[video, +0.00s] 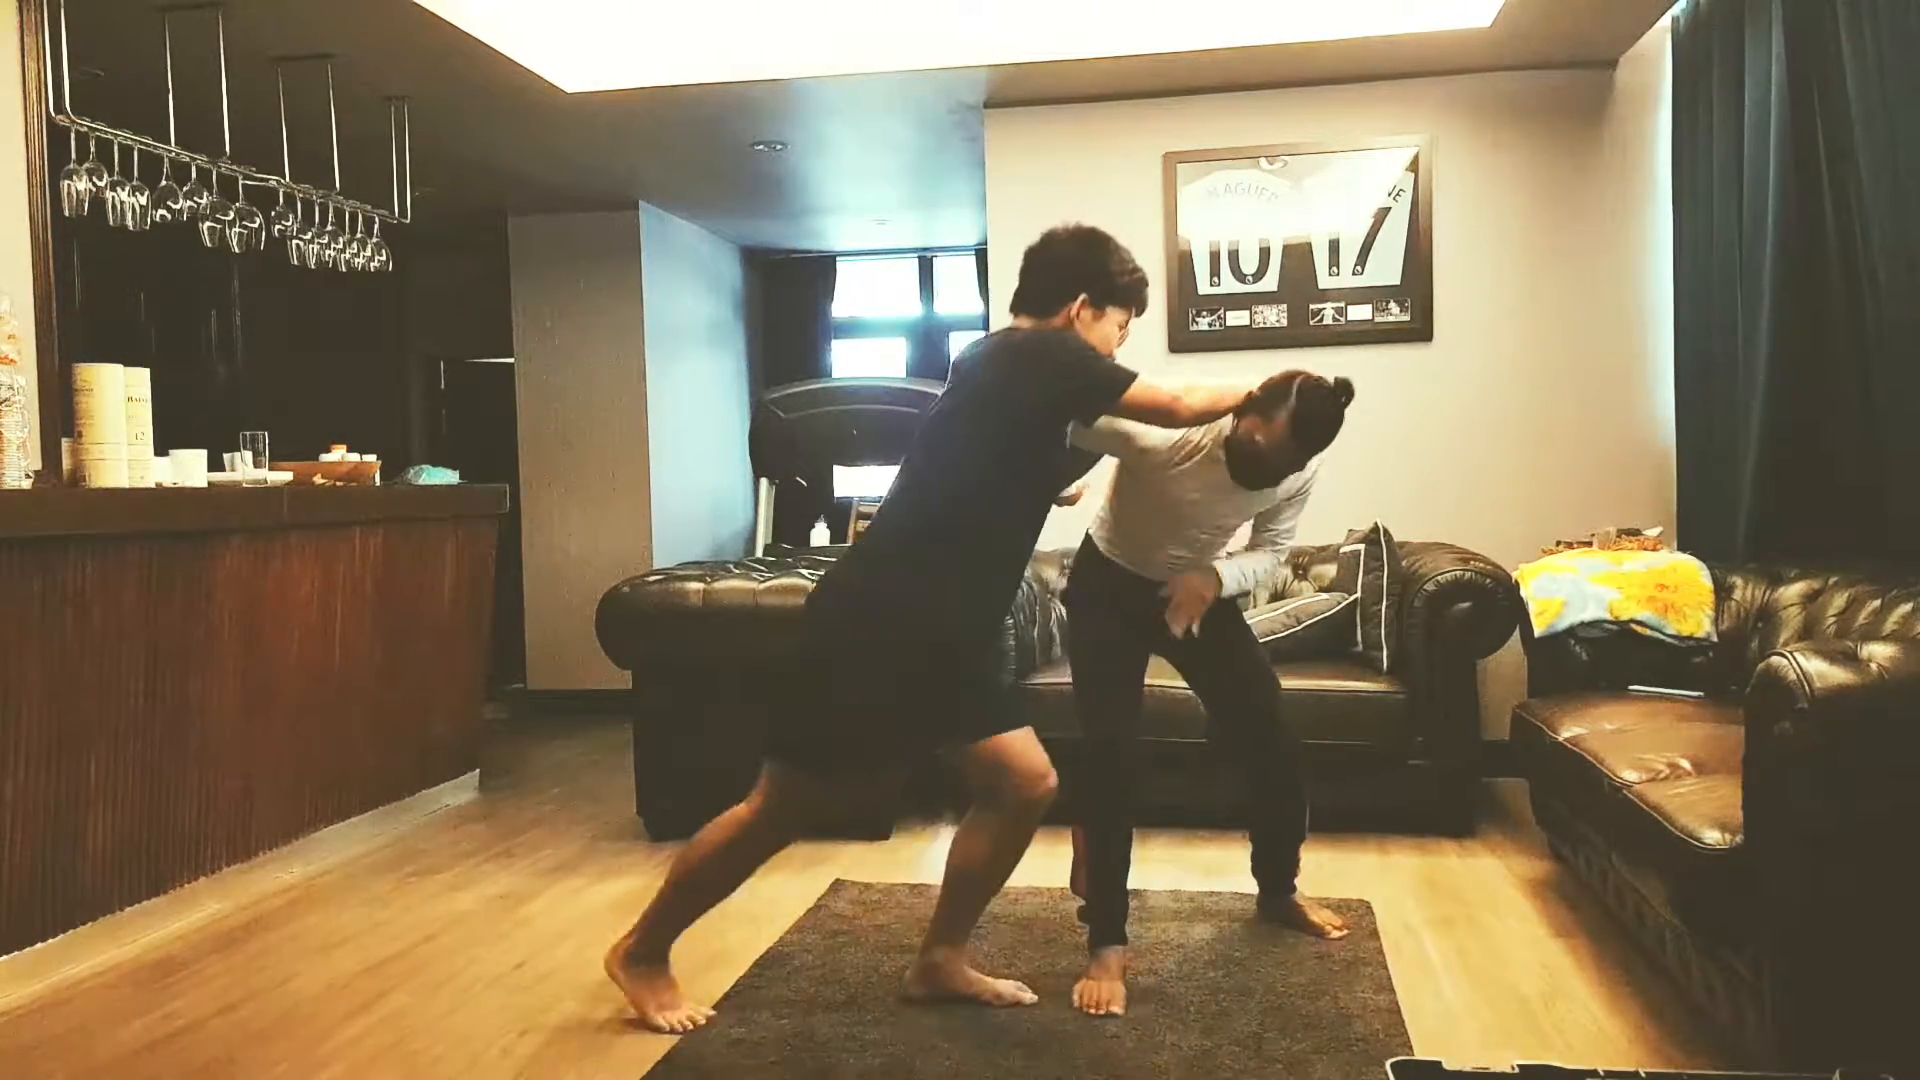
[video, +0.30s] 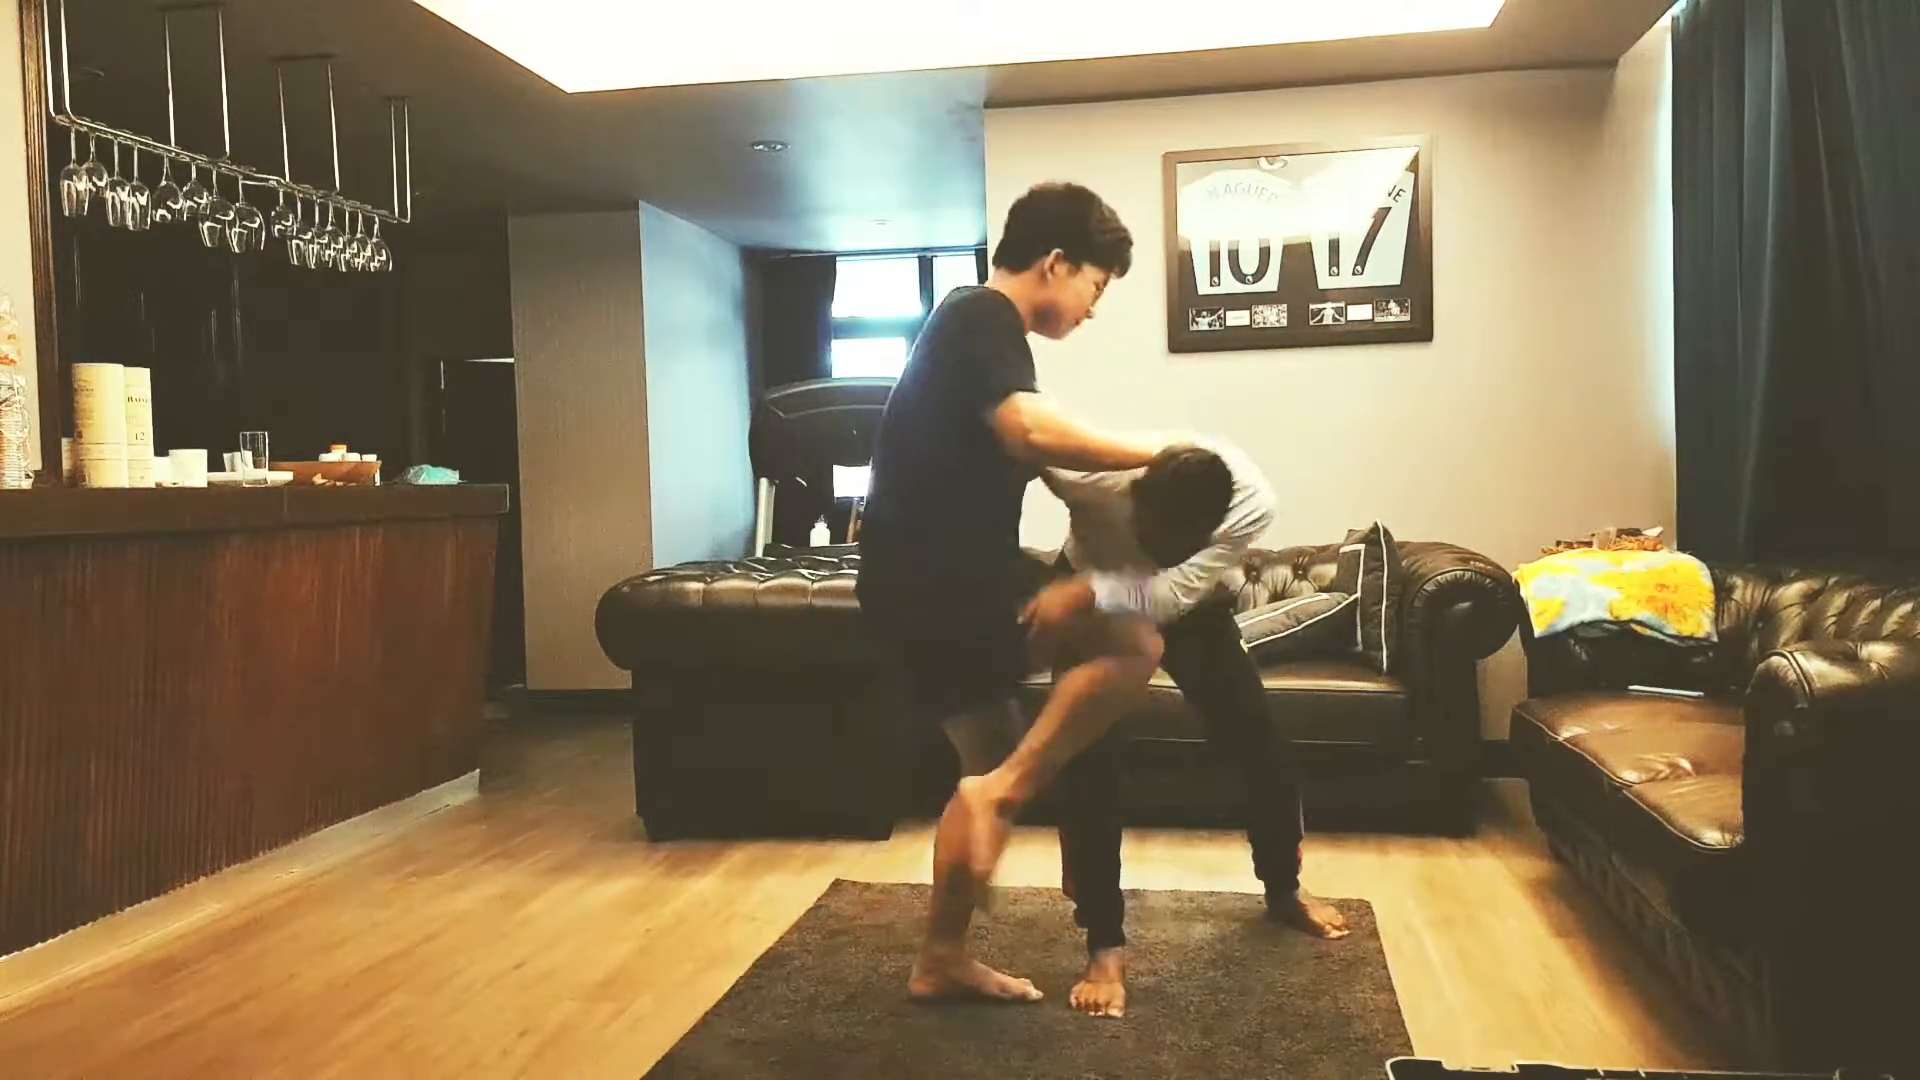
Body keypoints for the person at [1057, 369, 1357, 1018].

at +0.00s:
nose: (1252, 457)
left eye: (1270, 458)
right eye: (1253, 441)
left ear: (1301, 460)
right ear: (1244, 411)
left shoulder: (1293, 479)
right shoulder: (1161, 440)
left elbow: (1274, 552)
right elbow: (1069, 427)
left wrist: (1216, 578)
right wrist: (1055, 477)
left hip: (1199, 599)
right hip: (1110, 584)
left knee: (1270, 738)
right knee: (1111, 756)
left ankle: (1278, 894)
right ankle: (1106, 942)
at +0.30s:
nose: (1161, 552)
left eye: (1174, 547)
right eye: (1155, 541)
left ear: (1214, 518)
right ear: (1142, 496)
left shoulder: (1252, 505)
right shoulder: (1094, 481)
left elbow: (1172, 595)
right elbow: (1020, 447)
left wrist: (1089, 591)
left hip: (1190, 606)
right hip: (1098, 602)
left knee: (1257, 733)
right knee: (1091, 761)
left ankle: (1283, 892)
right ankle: (1104, 945)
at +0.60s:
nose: (1103, 498)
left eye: (1116, 490)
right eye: (1094, 487)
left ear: (1151, 457)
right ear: (1076, 448)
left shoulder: (1214, 464)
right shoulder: (1049, 440)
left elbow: (1165, 580)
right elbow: (995, 464)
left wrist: (1060, 640)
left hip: (1195, 579)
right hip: (1098, 581)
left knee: (1266, 738)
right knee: (1087, 755)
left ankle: (1338, 905)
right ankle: (1101, 948)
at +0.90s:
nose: (1085, 356)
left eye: (1098, 339)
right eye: (1071, 341)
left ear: (1132, 307)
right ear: (1051, 321)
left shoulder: (1199, 368)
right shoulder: (1037, 379)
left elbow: (1249, 485)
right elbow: (997, 468)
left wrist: (1159, 560)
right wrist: (1015, 523)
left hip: (1212, 575)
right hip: (1118, 578)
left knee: (1259, 754)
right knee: (1082, 755)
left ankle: (1326, 935)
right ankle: (1098, 945)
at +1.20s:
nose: (1059, 285)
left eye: (1073, 266)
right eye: (1047, 269)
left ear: (1119, 250)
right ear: (1038, 265)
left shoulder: (1163, 339)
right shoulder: (1060, 341)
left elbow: (1117, 464)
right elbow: (1080, 442)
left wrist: (1006, 414)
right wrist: (1044, 512)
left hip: (1166, 556)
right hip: (1091, 563)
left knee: (1211, 747)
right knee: (1069, 749)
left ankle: (1330, 923)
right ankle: (1095, 944)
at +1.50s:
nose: (1021, 290)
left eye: (1030, 271)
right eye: (1015, 274)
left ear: (1081, 252)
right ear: (1067, 259)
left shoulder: (1121, 352)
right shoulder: (1092, 330)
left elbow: (1116, 499)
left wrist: (984, 482)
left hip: (1129, 577)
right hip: (1088, 570)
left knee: (1095, 770)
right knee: (1054, 761)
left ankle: (1229, 967)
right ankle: (1089, 944)